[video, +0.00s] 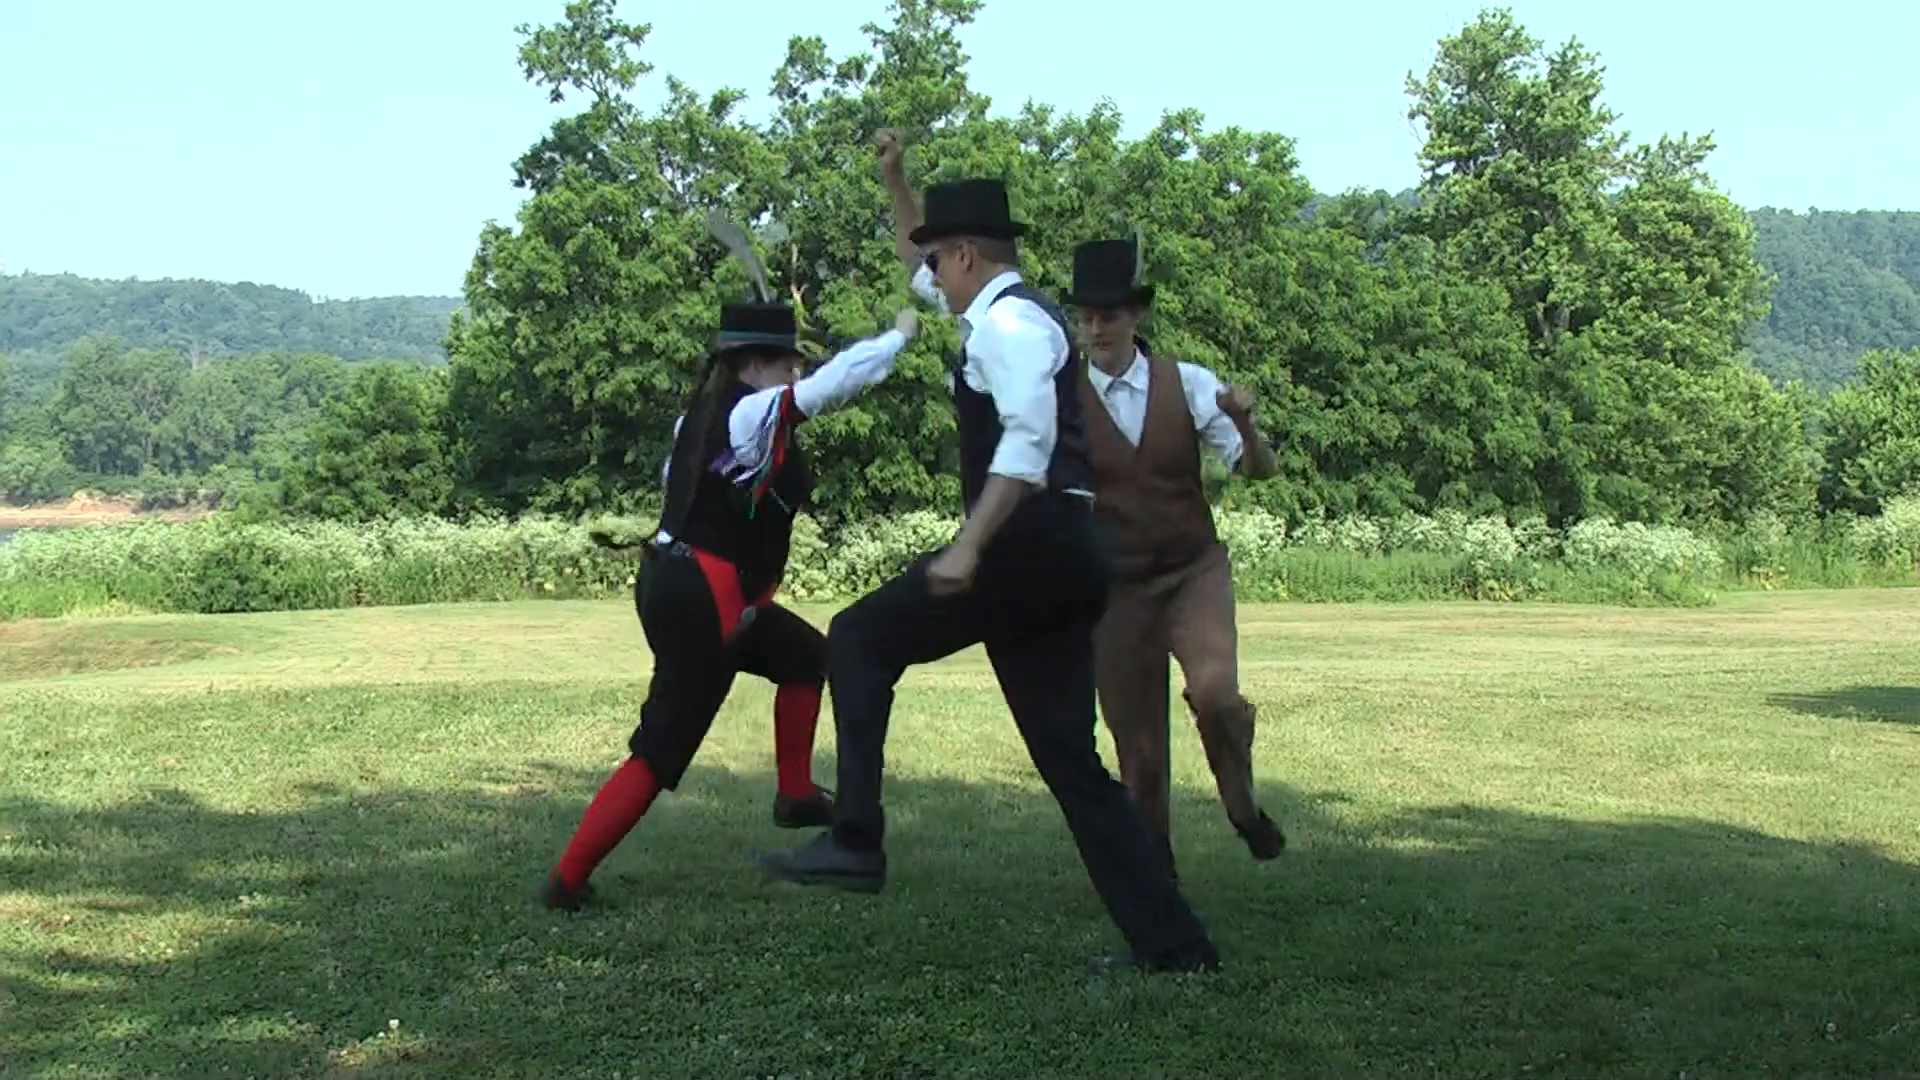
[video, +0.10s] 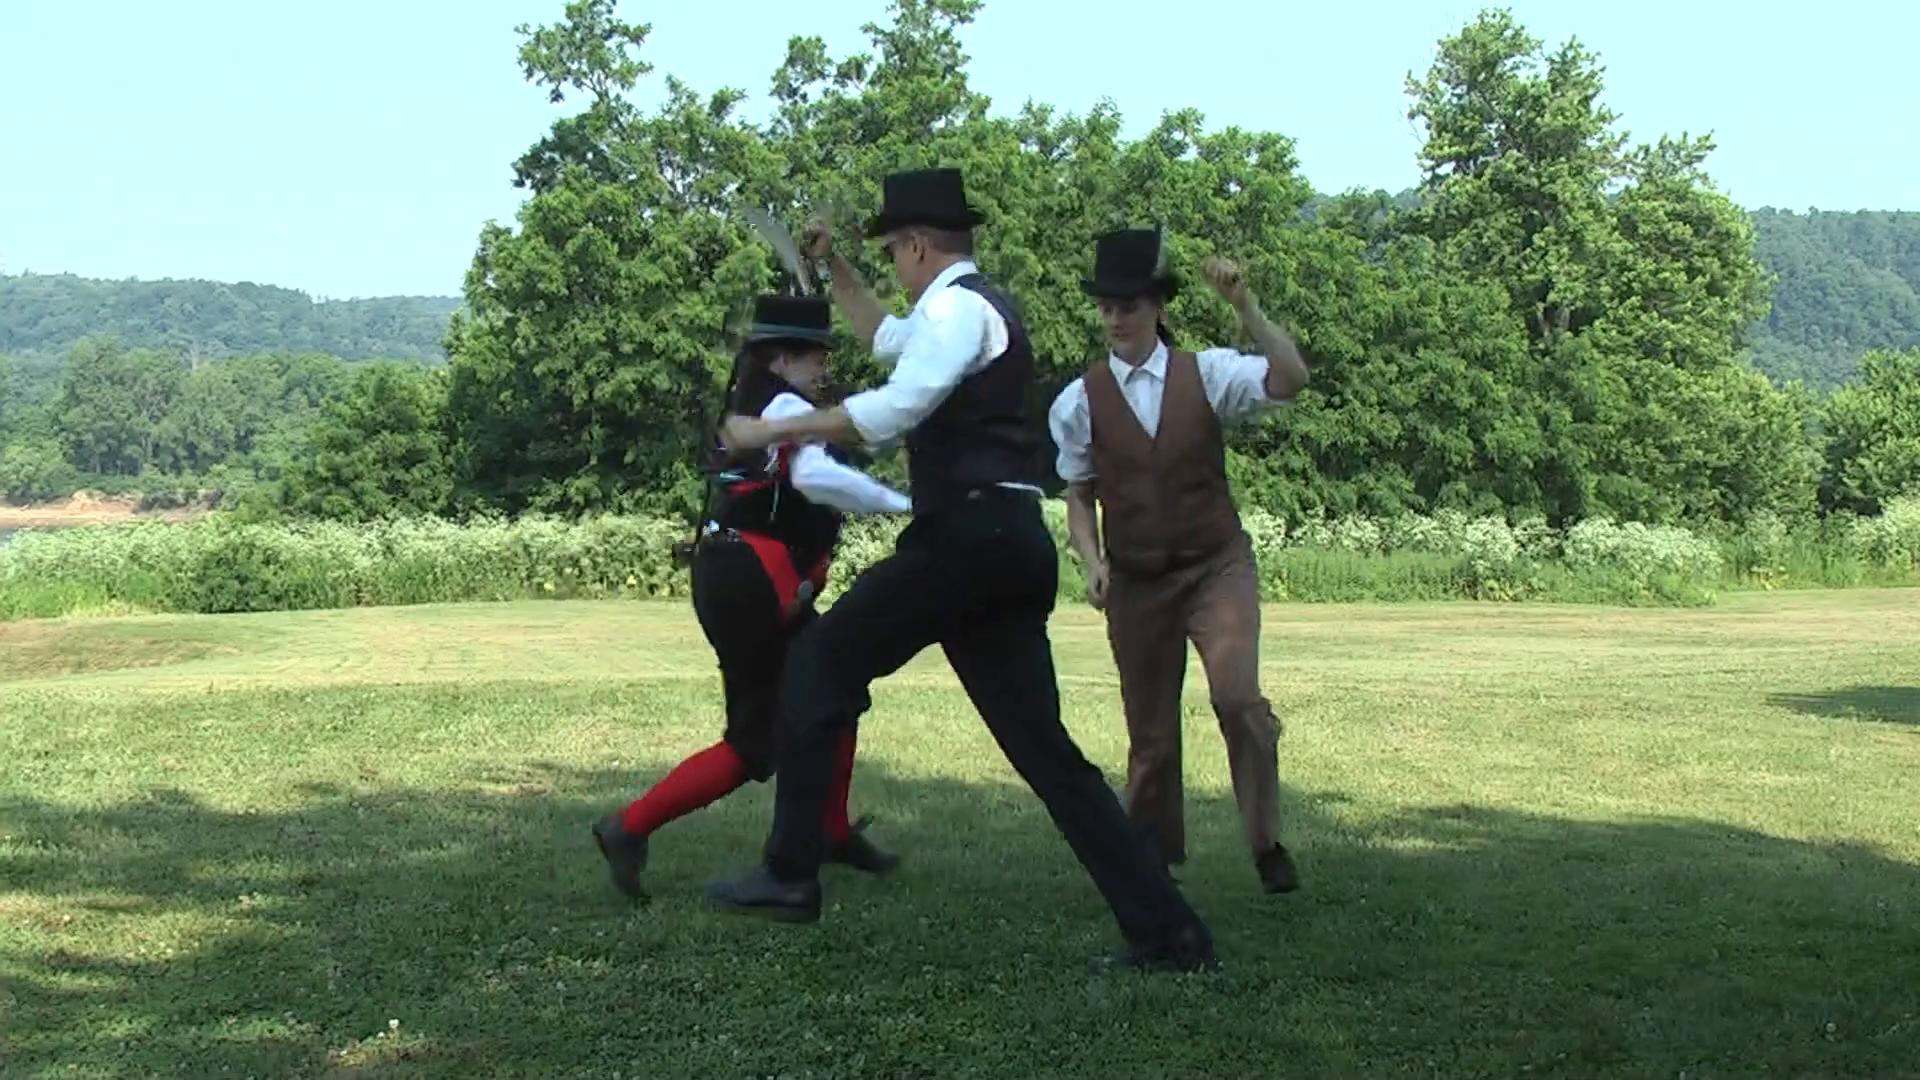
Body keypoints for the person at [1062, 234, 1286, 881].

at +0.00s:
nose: (1096, 328)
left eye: (1109, 316)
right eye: (1087, 317)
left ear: (1137, 317)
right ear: (1077, 320)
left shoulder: (1189, 385)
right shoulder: (1060, 393)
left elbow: (1259, 467)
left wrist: (1246, 425)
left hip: (1195, 573)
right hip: (1116, 589)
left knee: (1216, 696)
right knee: (1140, 758)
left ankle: (1243, 810)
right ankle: (1153, 891)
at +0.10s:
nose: (1116, 318)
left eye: (1129, 305)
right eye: (1107, 306)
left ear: (1159, 306)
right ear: (1097, 311)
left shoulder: (1206, 372)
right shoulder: (1077, 403)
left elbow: (1290, 377)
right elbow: (1078, 495)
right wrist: (1092, 558)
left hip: (1218, 570)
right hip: (1136, 586)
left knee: (1238, 698)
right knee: (1151, 741)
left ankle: (1266, 844)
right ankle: (1155, 874)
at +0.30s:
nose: (1157, 331)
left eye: (1169, 316)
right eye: (1151, 320)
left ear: (1209, 313)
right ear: (1152, 326)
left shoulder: (1249, 383)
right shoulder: (1138, 414)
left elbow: (1266, 287)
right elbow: (1144, 521)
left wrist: (1265, 183)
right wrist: (1115, 615)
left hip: (1257, 601)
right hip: (1174, 612)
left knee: (1269, 762)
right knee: (1164, 783)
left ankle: (1312, 920)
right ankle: (1196, 841)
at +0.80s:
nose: (1104, 316)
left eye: (1112, 303)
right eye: (1103, 304)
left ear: (1154, 303)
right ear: (1129, 310)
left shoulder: (1205, 366)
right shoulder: (1110, 397)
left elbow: (1202, 269)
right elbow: (1123, 495)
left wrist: (1160, 165)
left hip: (1212, 594)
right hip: (1130, 599)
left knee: (1212, 774)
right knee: (1104, 742)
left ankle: (1250, 910)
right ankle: (1183, 815)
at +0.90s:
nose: (1073, 302)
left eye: (1080, 287)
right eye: (1071, 289)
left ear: (1123, 282)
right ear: (1095, 292)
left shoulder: (1166, 352)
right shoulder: (1100, 367)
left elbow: (1139, 253)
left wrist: (1104, 144)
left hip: (1177, 581)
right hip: (1104, 588)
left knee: (1198, 756)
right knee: (1048, 726)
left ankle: (1248, 910)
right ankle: (1145, 859)